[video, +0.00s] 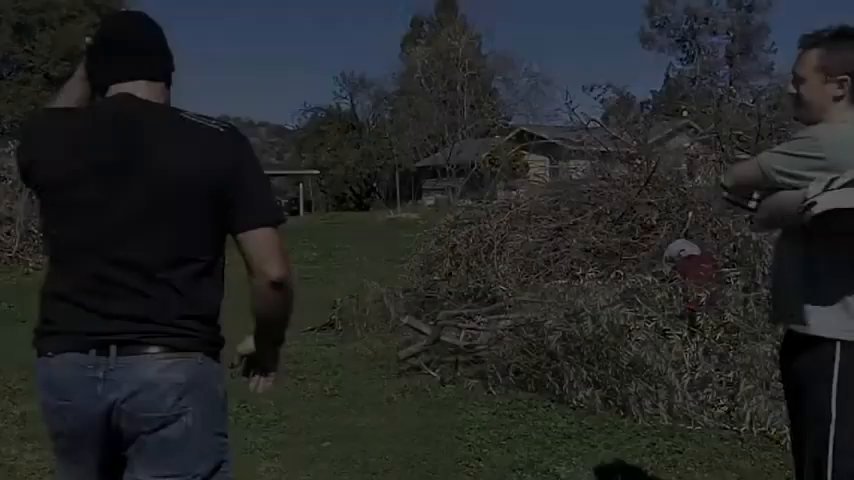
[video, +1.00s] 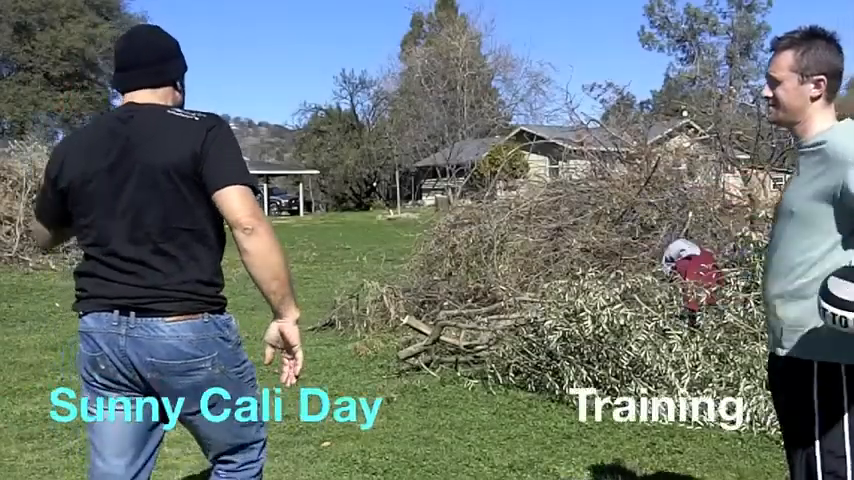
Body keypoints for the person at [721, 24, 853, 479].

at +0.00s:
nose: (791, 91)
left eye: (800, 81)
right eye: (793, 81)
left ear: (838, 87)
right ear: (835, 88)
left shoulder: (832, 139)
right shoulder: (831, 138)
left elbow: (738, 176)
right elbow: (762, 213)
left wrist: (745, 195)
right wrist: (805, 199)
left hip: (830, 340)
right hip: (815, 337)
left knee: (825, 463)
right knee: (813, 461)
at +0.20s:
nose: (792, 91)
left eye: (803, 81)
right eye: (794, 80)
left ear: (843, 88)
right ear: (837, 87)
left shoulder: (842, 141)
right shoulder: (819, 141)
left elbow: (737, 183)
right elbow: (761, 219)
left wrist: (724, 178)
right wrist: (805, 208)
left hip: (833, 342)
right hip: (802, 338)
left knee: (828, 467)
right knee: (805, 464)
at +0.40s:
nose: (798, 92)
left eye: (809, 82)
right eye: (800, 81)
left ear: (847, 88)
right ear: (838, 88)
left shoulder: (848, 149)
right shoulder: (819, 146)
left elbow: (752, 196)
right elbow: (787, 217)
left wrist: (685, 200)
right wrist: (754, 245)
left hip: (835, 347)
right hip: (803, 341)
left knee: (829, 469)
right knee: (806, 464)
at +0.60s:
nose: (793, 92)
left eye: (804, 82)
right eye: (796, 81)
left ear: (845, 87)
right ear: (837, 87)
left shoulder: (845, 152)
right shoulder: (823, 155)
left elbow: (807, 222)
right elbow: (800, 243)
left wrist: (698, 224)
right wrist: (734, 271)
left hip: (831, 362)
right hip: (805, 356)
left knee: (826, 470)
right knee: (807, 467)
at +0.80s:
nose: (779, 92)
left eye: (790, 82)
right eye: (781, 82)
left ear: (831, 88)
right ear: (825, 88)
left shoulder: (844, 155)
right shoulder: (819, 158)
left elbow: (850, 236)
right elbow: (817, 253)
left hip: (829, 363)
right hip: (804, 358)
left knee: (827, 472)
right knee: (808, 469)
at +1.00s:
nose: (765, 93)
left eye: (775, 82)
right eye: (767, 82)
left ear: (815, 87)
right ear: (812, 88)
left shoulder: (844, 152)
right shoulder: (811, 154)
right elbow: (826, 241)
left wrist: (850, 278)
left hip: (825, 355)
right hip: (794, 352)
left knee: (829, 470)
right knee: (806, 467)